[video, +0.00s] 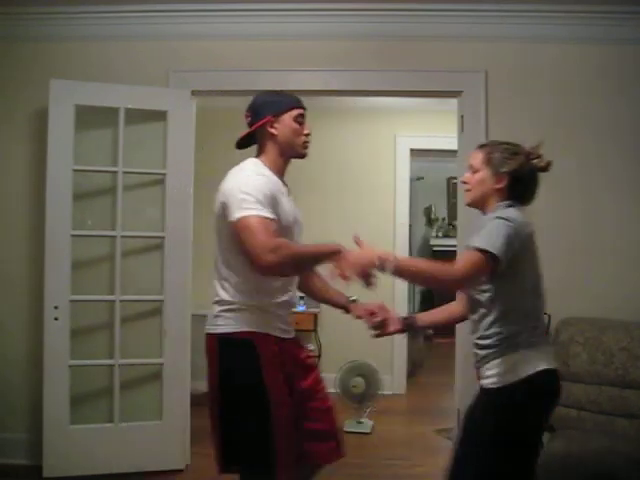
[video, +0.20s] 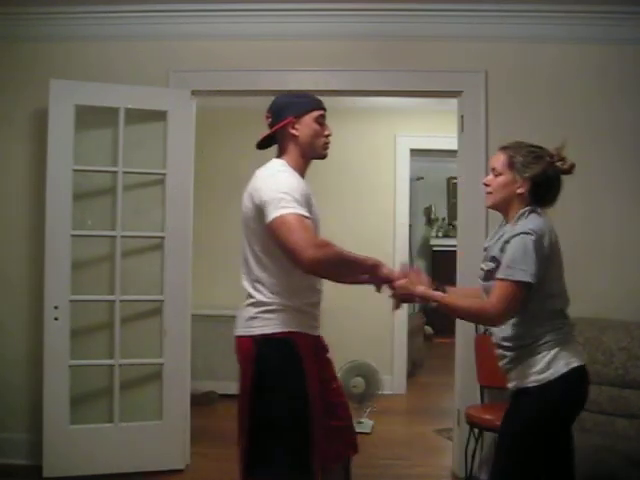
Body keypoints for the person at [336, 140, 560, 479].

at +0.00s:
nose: (464, 178)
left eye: (473, 171)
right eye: (467, 170)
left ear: (500, 180)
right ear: (498, 181)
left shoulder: (504, 223)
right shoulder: (496, 226)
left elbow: (457, 275)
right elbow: (463, 307)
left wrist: (381, 259)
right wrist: (402, 322)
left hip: (518, 382)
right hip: (509, 379)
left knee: (469, 473)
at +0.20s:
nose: (485, 180)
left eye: (495, 173)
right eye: (488, 172)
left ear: (521, 185)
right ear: (519, 186)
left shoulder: (527, 232)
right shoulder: (513, 229)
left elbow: (496, 311)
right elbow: (489, 292)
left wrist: (426, 296)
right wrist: (432, 288)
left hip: (549, 382)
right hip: (534, 379)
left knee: (510, 471)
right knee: (545, 473)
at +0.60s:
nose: (469, 173)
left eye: (480, 167)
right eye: (473, 166)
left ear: (506, 179)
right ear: (500, 180)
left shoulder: (521, 228)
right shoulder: (476, 234)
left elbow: (490, 280)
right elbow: (459, 303)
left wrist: (421, 236)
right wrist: (398, 291)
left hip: (530, 380)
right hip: (499, 383)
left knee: (522, 473)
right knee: (511, 470)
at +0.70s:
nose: (456, 173)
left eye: (465, 166)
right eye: (460, 166)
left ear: (492, 178)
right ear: (488, 179)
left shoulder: (501, 226)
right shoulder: (477, 226)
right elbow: (435, 289)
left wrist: (391, 218)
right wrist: (388, 270)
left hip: (513, 381)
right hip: (489, 379)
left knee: (495, 474)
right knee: (476, 470)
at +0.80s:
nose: (437, 175)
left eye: (446, 167)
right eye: (440, 166)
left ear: (471, 177)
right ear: (470, 179)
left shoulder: (472, 223)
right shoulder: (473, 220)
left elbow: (392, 262)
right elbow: (424, 254)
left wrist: (363, 200)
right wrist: (399, 216)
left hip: (495, 375)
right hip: (491, 372)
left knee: (436, 471)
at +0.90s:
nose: (420, 177)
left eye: (427, 169)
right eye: (421, 170)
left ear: (450, 179)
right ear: (454, 180)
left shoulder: (448, 224)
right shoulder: (478, 219)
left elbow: (367, 246)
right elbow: (434, 205)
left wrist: (349, 181)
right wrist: (412, 166)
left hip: (468, 373)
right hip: (489, 368)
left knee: (414, 472)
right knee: (465, 473)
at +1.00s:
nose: (408, 180)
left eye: (416, 173)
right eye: (413, 172)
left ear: (437, 184)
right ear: (449, 186)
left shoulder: (422, 229)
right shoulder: (471, 224)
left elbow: (354, 232)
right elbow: (454, 178)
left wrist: (345, 169)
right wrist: (425, 144)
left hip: (435, 369)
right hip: (470, 368)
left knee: (407, 471)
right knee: (418, 470)